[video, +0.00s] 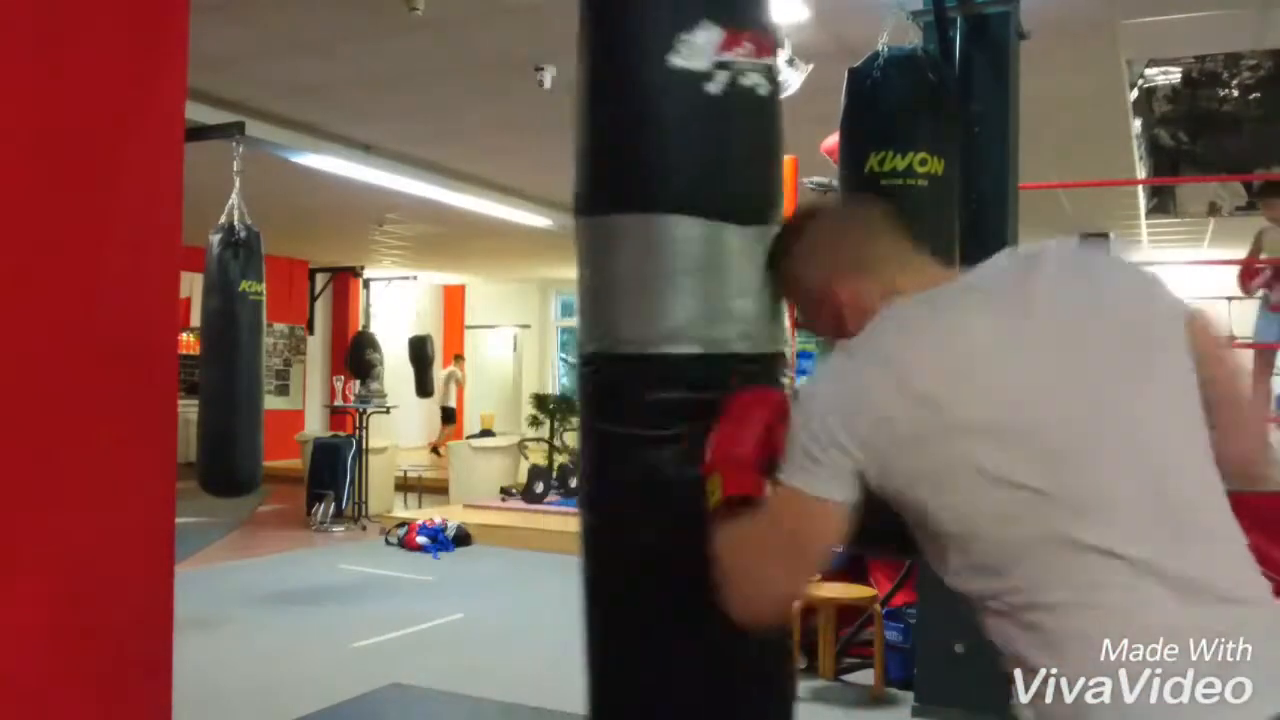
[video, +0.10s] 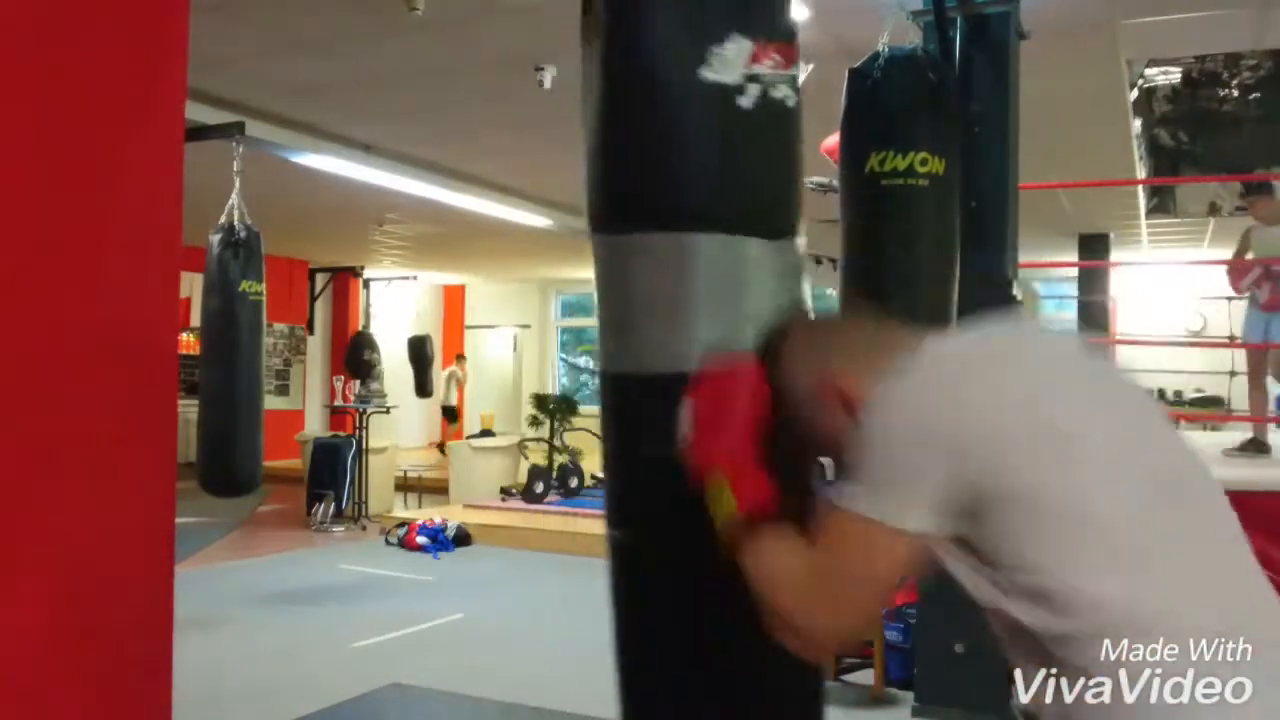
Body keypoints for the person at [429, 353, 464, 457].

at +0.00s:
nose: (462, 365)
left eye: (463, 363)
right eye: (462, 363)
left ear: (454, 361)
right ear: (458, 361)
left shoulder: (445, 371)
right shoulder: (455, 371)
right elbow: (461, 384)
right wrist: (463, 373)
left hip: (443, 402)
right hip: (450, 403)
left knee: (444, 426)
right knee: (451, 426)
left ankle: (436, 445)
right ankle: (437, 445)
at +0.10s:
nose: (464, 365)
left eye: (464, 363)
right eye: (463, 363)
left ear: (456, 361)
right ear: (460, 361)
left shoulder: (448, 370)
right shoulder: (455, 371)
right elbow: (461, 383)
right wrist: (464, 373)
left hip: (445, 402)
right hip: (450, 403)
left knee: (451, 424)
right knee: (455, 424)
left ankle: (444, 442)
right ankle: (443, 442)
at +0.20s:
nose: (465, 363)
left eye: (465, 361)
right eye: (464, 360)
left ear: (458, 359)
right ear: (461, 359)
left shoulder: (449, 369)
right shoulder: (457, 369)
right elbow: (463, 381)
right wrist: (466, 371)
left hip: (445, 399)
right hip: (452, 400)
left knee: (451, 424)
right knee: (454, 424)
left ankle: (450, 442)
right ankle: (450, 443)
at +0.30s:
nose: (466, 363)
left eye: (466, 361)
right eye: (466, 361)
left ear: (458, 359)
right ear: (462, 359)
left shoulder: (449, 369)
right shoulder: (457, 369)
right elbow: (466, 381)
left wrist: (466, 373)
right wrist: (468, 372)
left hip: (446, 400)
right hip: (453, 401)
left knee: (451, 425)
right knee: (456, 425)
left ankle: (450, 443)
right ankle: (452, 443)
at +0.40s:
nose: (466, 365)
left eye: (467, 362)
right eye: (466, 362)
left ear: (459, 360)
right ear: (463, 361)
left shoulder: (450, 371)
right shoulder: (459, 371)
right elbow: (468, 383)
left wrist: (466, 375)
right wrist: (469, 374)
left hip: (447, 402)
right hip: (455, 403)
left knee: (455, 426)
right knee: (460, 426)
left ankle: (452, 444)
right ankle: (456, 444)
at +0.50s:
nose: (467, 364)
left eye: (468, 362)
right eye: (467, 361)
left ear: (460, 360)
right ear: (464, 360)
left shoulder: (451, 370)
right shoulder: (459, 371)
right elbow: (468, 383)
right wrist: (469, 373)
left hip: (448, 401)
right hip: (455, 402)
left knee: (455, 425)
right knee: (459, 425)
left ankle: (452, 444)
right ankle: (456, 444)